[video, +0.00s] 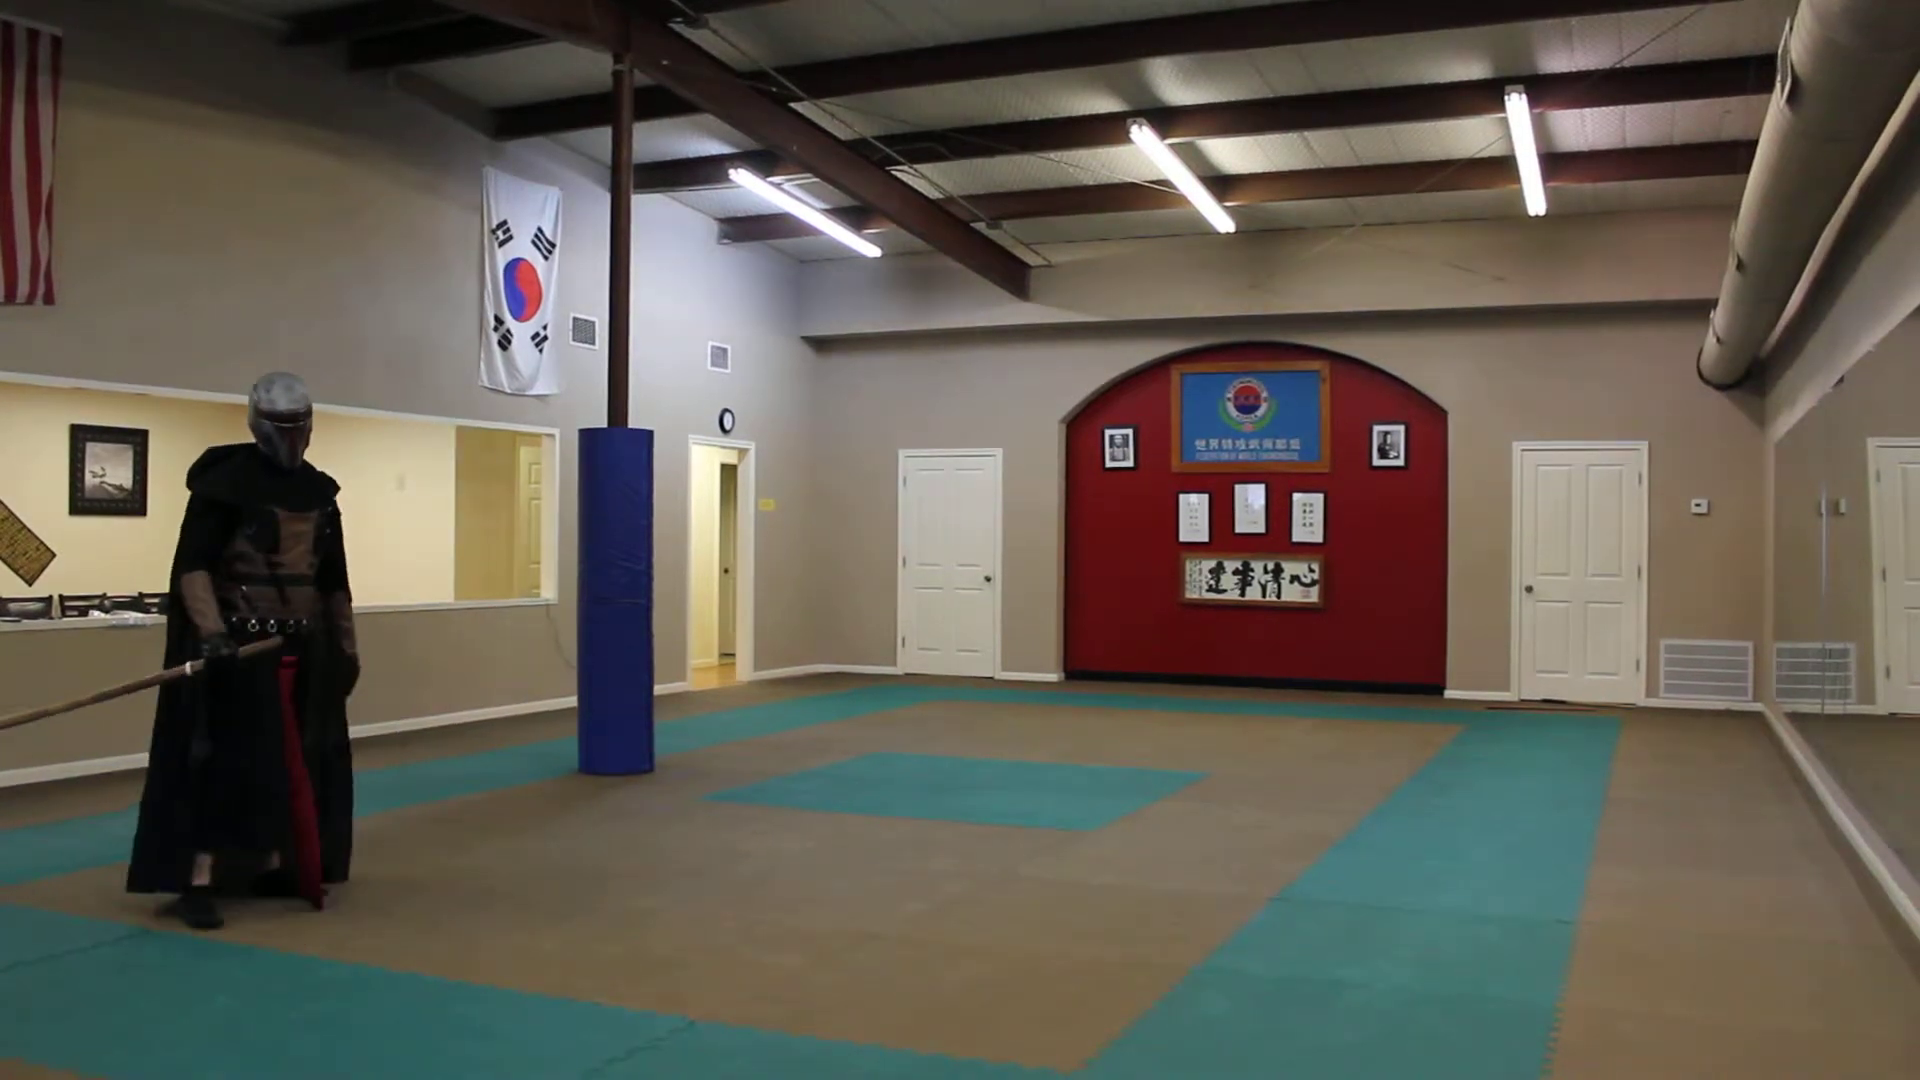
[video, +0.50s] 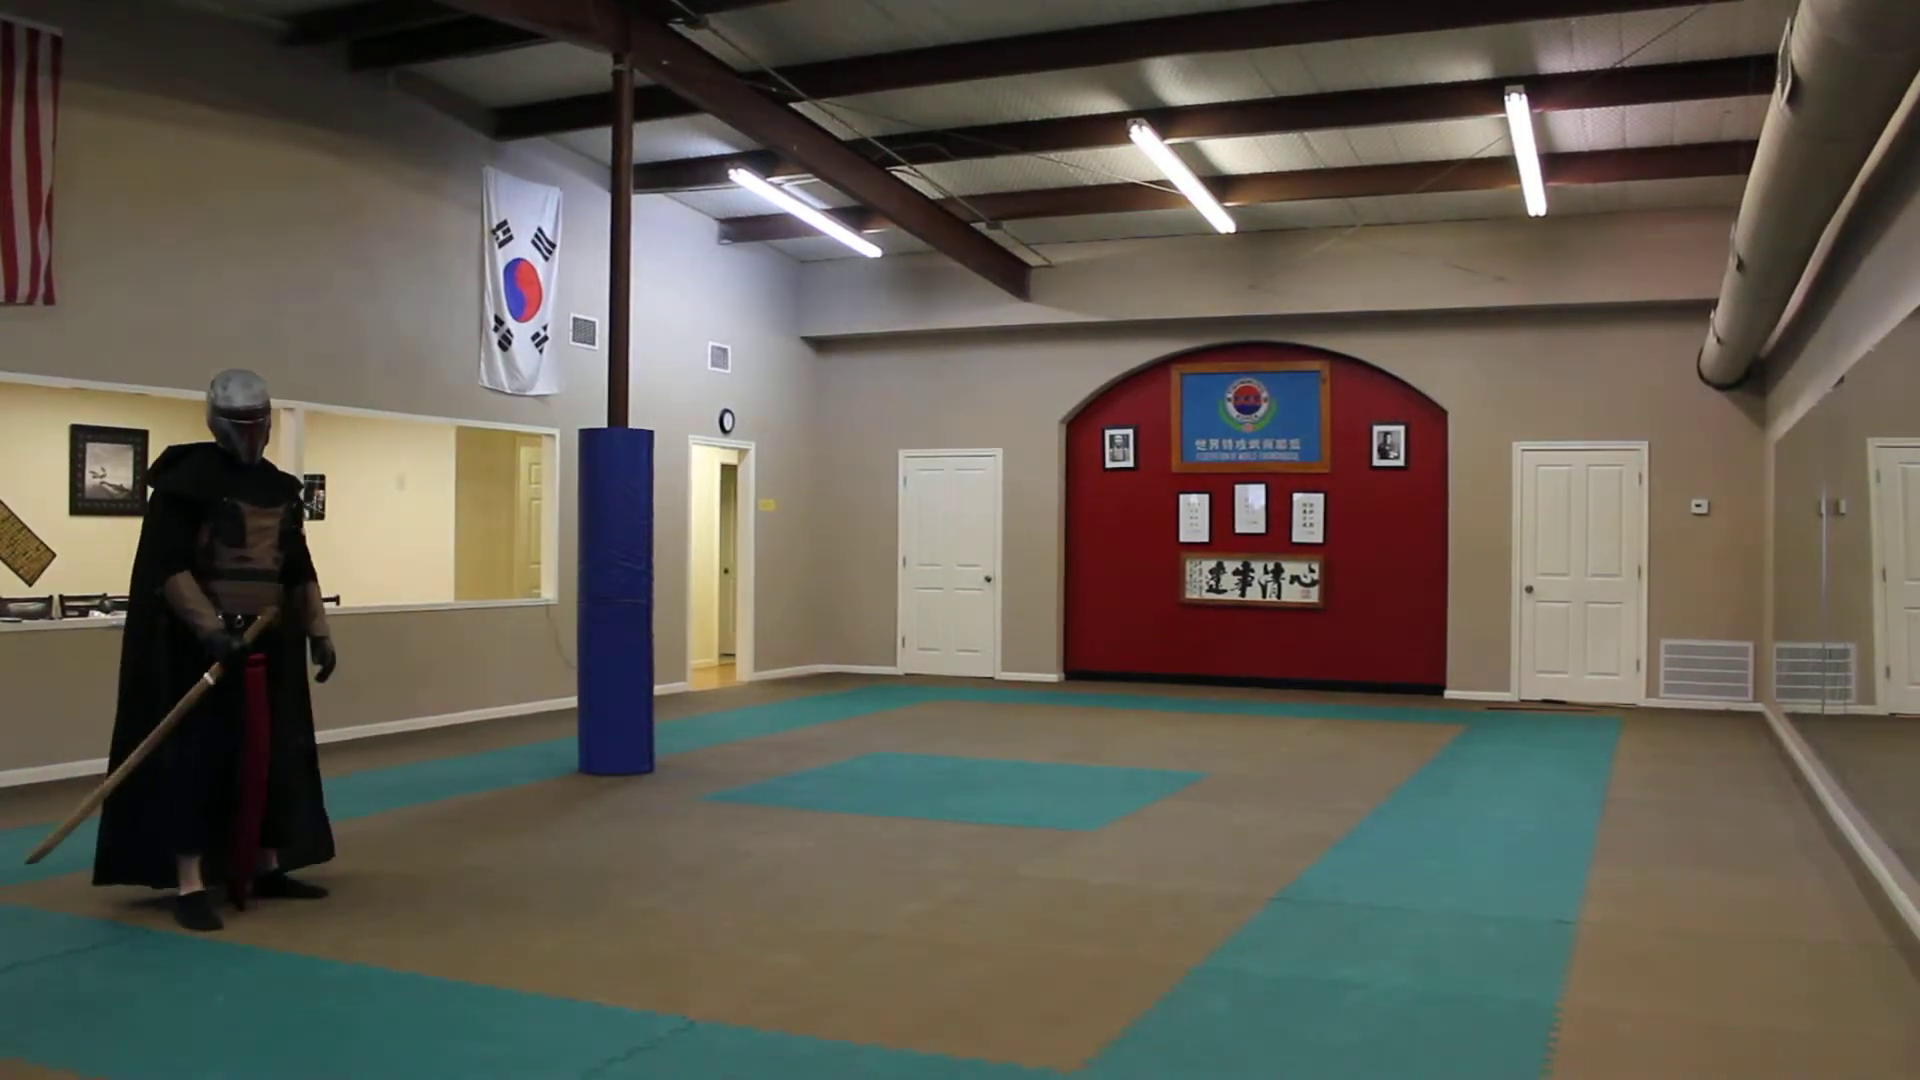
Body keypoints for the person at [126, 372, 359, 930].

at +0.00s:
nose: (291, 434)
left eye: (299, 423)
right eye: (278, 423)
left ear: (311, 423)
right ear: (255, 423)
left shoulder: (318, 492)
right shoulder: (224, 478)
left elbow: (334, 578)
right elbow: (192, 565)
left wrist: (346, 644)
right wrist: (214, 634)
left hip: (299, 652)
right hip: (231, 650)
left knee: (289, 759)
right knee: (216, 759)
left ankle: (276, 867)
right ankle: (198, 882)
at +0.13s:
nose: (282, 434)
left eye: (289, 422)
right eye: (270, 423)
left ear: (300, 423)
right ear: (246, 424)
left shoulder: (307, 491)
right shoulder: (215, 476)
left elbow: (319, 580)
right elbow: (190, 566)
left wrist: (332, 645)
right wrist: (215, 637)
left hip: (288, 651)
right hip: (220, 649)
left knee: (283, 757)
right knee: (206, 759)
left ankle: (273, 864)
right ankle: (193, 886)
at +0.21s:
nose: (279, 433)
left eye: (284, 421)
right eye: (267, 422)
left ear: (293, 423)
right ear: (240, 423)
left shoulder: (299, 490)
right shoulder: (210, 476)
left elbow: (313, 579)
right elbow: (190, 566)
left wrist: (324, 647)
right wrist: (214, 641)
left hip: (283, 647)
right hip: (216, 647)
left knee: (281, 756)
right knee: (206, 760)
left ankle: (275, 867)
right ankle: (193, 885)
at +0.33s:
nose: (263, 431)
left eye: (271, 419)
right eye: (250, 420)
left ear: (283, 421)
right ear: (228, 421)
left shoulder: (291, 490)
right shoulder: (200, 476)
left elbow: (306, 575)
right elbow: (176, 563)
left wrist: (321, 646)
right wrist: (213, 635)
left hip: (276, 648)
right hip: (207, 646)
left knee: (272, 757)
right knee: (201, 759)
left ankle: (267, 870)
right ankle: (192, 885)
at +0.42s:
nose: (253, 430)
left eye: (262, 418)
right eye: (240, 419)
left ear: (276, 420)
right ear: (220, 420)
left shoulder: (287, 490)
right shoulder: (193, 476)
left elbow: (302, 573)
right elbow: (169, 563)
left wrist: (321, 641)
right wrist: (214, 629)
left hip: (272, 646)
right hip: (199, 643)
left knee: (270, 755)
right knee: (197, 756)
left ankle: (265, 872)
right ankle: (191, 884)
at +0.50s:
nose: (249, 429)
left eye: (258, 418)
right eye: (237, 419)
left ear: (270, 419)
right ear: (214, 420)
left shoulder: (281, 490)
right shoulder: (187, 477)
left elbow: (297, 569)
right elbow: (166, 564)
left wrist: (319, 633)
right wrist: (213, 628)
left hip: (266, 644)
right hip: (194, 643)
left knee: (267, 752)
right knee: (195, 755)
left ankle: (263, 870)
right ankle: (190, 883)